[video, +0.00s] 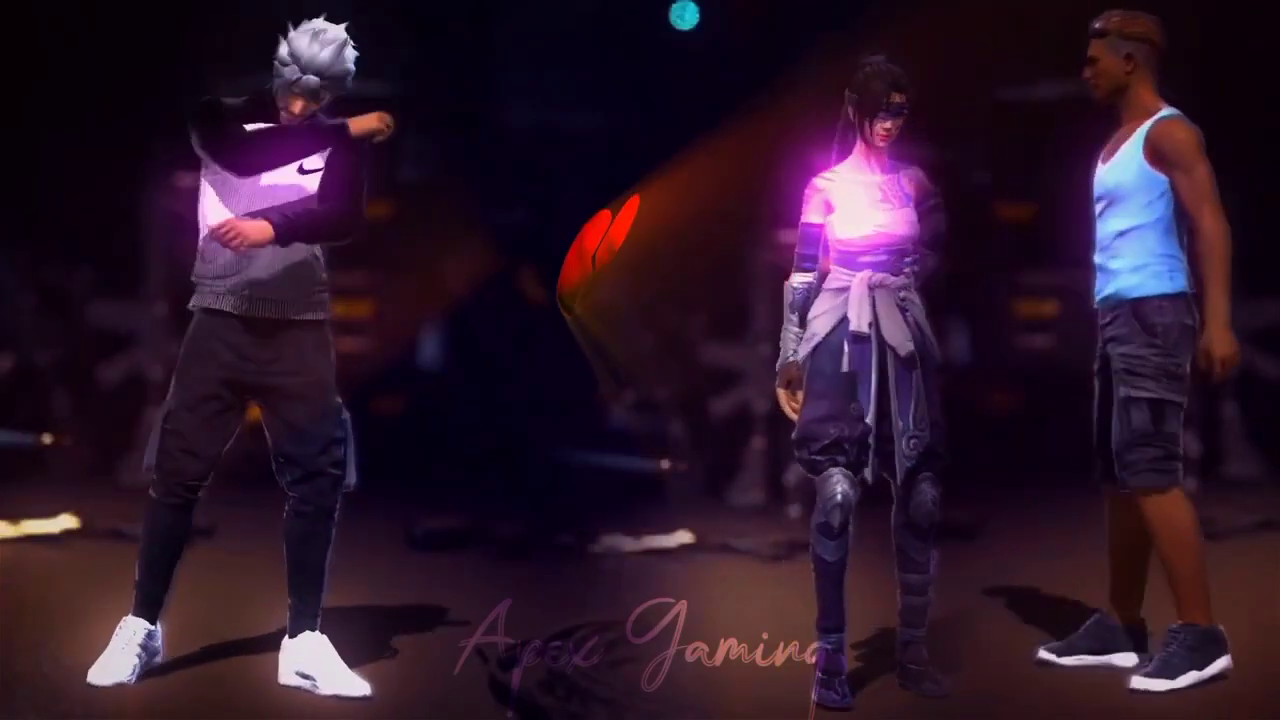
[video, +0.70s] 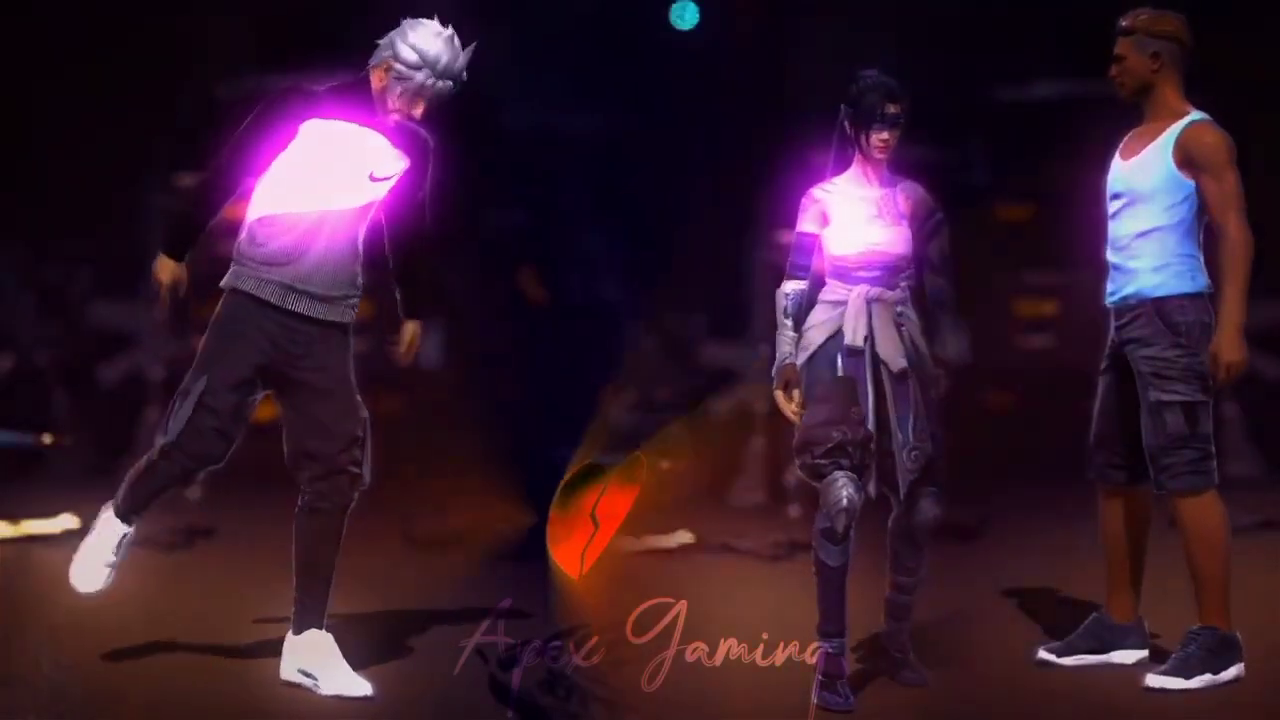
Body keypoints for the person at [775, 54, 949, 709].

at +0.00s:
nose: (893, 124)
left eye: (902, 114)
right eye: (884, 112)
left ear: (910, 117)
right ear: (855, 110)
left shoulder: (915, 182)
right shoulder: (825, 184)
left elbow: (930, 262)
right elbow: (804, 272)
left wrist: (900, 277)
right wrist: (789, 354)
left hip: (904, 338)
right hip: (835, 337)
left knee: (920, 494)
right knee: (836, 495)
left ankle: (912, 646)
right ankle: (831, 647)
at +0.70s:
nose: (886, 138)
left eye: (895, 126)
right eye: (876, 126)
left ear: (903, 131)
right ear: (852, 127)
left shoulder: (916, 200)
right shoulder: (822, 198)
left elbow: (937, 288)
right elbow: (795, 286)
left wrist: (944, 359)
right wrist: (784, 362)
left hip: (899, 342)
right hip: (831, 341)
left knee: (913, 495)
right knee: (841, 495)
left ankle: (897, 638)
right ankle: (833, 652)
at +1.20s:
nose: (882, 176)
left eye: (889, 166)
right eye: (872, 166)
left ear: (896, 174)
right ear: (850, 172)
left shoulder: (912, 245)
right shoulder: (817, 243)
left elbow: (932, 325)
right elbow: (800, 323)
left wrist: (942, 379)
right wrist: (814, 371)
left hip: (894, 384)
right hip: (833, 381)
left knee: (902, 517)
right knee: (860, 500)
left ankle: (851, 615)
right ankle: (838, 651)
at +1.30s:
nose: (893, 199)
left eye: (897, 190)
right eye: (882, 189)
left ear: (900, 197)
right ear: (853, 194)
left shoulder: (910, 270)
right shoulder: (825, 265)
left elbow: (917, 351)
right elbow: (814, 350)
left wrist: (908, 407)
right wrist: (869, 410)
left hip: (889, 408)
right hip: (831, 397)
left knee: (866, 559)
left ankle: (780, 610)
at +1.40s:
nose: (894, 205)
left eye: (898, 195)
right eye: (883, 195)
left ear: (901, 202)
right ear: (853, 200)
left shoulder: (907, 275)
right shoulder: (826, 267)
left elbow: (911, 356)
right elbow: (814, 352)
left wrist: (906, 408)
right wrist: (870, 415)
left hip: (885, 406)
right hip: (828, 393)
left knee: (867, 558)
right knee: (837, 424)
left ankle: (771, 608)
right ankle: (877, 470)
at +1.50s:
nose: (890, 218)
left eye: (890, 210)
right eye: (879, 210)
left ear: (876, 218)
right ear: (848, 216)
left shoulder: (888, 288)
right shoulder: (827, 282)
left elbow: (893, 366)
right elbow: (824, 367)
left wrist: (931, 406)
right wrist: (894, 409)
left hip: (873, 416)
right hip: (825, 412)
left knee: (851, 576)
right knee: (872, 451)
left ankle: (732, 607)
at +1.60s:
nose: (883, 230)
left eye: (882, 222)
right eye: (873, 222)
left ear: (855, 231)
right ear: (842, 230)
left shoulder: (869, 298)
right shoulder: (823, 298)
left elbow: (876, 376)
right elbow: (830, 379)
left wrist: (925, 409)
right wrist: (894, 409)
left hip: (854, 429)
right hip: (817, 430)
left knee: (838, 586)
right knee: (933, 488)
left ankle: (707, 606)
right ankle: (917, 651)